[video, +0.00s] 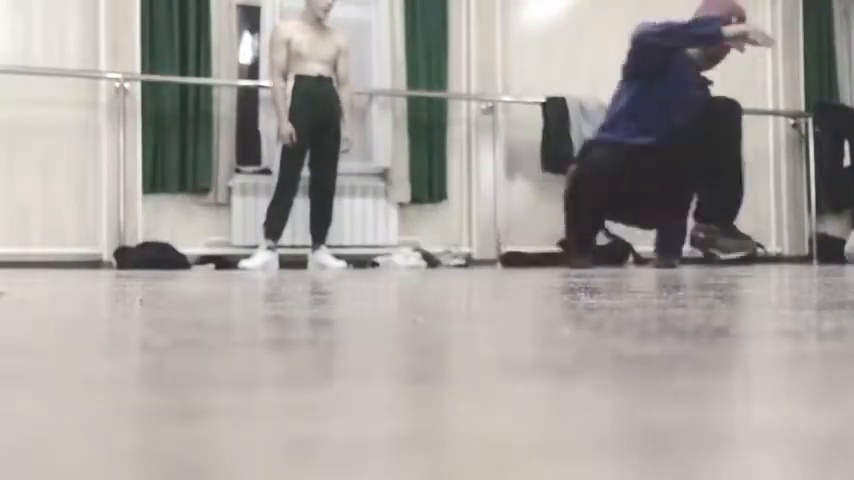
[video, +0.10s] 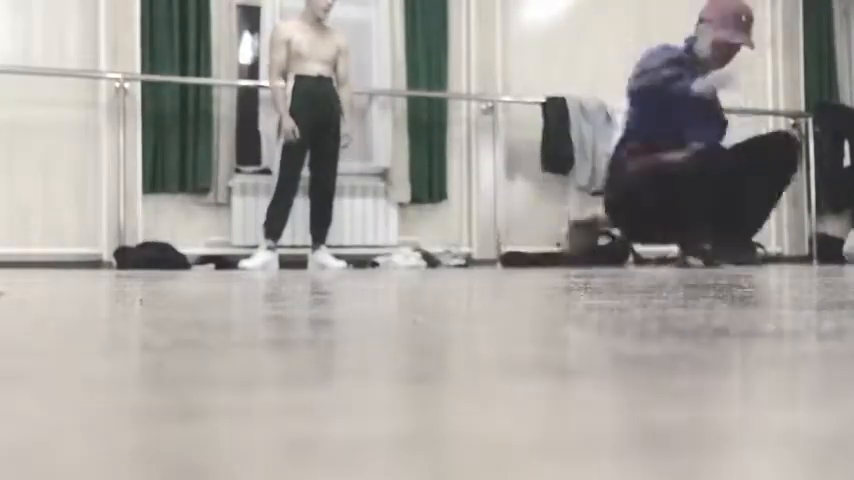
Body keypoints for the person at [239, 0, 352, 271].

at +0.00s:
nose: (328, 5)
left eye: (331, 2)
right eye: (324, 0)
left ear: (331, 6)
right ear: (309, 1)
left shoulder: (336, 39)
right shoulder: (285, 31)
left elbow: (343, 84)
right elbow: (277, 78)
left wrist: (345, 128)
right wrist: (283, 120)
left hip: (328, 100)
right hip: (299, 97)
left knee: (325, 180)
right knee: (288, 177)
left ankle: (319, 250)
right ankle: (268, 248)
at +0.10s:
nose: (328, 5)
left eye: (331, 2)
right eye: (324, 0)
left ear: (331, 6)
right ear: (310, 1)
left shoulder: (336, 39)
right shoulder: (285, 31)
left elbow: (343, 83)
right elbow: (276, 77)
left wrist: (346, 123)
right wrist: (283, 115)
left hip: (328, 99)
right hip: (299, 95)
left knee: (325, 179)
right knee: (288, 177)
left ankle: (319, 250)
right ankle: (268, 248)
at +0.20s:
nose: (329, 5)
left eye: (332, 2)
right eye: (324, 0)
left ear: (331, 6)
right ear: (310, 2)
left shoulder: (336, 38)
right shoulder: (285, 30)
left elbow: (344, 81)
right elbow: (272, 74)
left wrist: (342, 110)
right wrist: (286, 109)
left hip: (328, 98)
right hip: (299, 94)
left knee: (324, 181)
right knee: (288, 178)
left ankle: (319, 251)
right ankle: (268, 249)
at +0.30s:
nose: (329, 5)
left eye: (332, 2)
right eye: (325, 0)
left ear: (331, 6)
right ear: (310, 1)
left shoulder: (335, 38)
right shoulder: (284, 30)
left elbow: (349, 76)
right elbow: (267, 72)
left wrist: (343, 99)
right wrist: (287, 95)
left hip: (328, 97)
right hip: (298, 94)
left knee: (324, 179)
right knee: (288, 177)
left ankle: (319, 251)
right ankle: (268, 249)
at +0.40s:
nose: (329, 5)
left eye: (332, 2)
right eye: (324, 0)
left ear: (332, 6)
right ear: (310, 1)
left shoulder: (335, 38)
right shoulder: (284, 30)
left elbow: (352, 78)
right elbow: (264, 72)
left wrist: (339, 88)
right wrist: (292, 86)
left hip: (328, 107)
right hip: (299, 106)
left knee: (324, 180)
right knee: (288, 178)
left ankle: (319, 251)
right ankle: (269, 250)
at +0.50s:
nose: (329, 5)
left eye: (332, 2)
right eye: (324, 0)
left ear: (332, 6)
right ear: (310, 1)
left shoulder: (336, 38)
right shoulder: (284, 30)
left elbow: (353, 78)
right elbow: (261, 68)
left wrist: (336, 81)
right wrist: (296, 77)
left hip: (328, 108)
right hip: (299, 107)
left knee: (324, 180)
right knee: (288, 177)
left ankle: (319, 251)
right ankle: (269, 249)